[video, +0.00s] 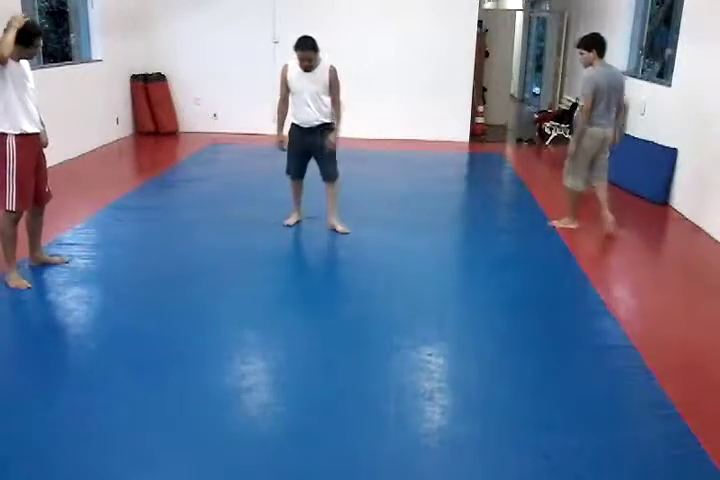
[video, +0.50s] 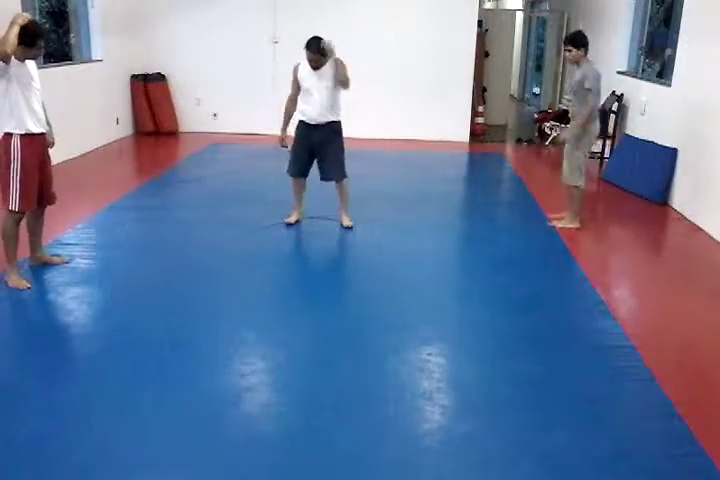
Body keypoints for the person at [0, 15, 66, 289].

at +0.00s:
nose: (29, 58)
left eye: (32, 54)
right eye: (27, 53)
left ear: (30, 48)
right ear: (16, 44)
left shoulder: (23, 63)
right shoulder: (3, 63)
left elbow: (28, 99)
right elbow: (4, 55)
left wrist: (41, 128)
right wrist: (12, 27)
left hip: (32, 135)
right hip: (11, 136)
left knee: (38, 200)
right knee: (12, 208)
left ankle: (37, 253)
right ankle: (10, 268)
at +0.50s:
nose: (35, 58)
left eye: (38, 54)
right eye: (32, 53)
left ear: (38, 48)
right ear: (20, 45)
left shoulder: (29, 61)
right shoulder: (6, 63)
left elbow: (36, 98)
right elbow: (6, 52)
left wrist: (46, 129)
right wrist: (16, 23)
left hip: (36, 135)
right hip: (14, 136)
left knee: (39, 202)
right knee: (15, 208)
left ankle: (37, 252)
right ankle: (11, 268)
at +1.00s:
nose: (37, 57)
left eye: (40, 54)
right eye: (35, 53)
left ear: (38, 48)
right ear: (23, 45)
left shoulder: (33, 63)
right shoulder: (7, 64)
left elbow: (41, 99)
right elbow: (8, 53)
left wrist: (50, 129)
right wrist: (19, 25)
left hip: (40, 135)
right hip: (18, 137)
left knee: (40, 202)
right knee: (18, 207)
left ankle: (37, 253)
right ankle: (11, 268)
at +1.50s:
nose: (37, 58)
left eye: (40, 55)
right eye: (35, 53)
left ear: (39, 48)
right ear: (23, 45)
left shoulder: (33, 63)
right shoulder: (7, 64)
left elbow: (41, 99)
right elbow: (8, 54)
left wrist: (51, 129)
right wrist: (18, 26)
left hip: (40, 136)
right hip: (19, 138)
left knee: (41, 202)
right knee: (18, 207)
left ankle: (38, 252)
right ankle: (11, 268)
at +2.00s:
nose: (37, 56)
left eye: (40, 53)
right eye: (36, 51)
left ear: (38, 47)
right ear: (23, 42)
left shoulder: (31, 63)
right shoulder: (6, 63)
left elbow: (39, 99)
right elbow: (3, 73)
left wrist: (49, 129)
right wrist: (15, 42)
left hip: (39, 137)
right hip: (16, 139)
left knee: (40, 202)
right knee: (16, 208)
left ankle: (37, 252)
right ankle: (11, 268)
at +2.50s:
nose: (47, 46)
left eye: (47, 41)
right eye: (44, 41)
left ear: (29, 42)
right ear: (26, 41)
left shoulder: (32, 64)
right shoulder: (5, 68)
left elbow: (37, 100)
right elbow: (0, 107)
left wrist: (48, 128)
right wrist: (17, 127)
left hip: (39, 140)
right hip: (16, 142)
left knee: (40, 202)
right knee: (17, 209)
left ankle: (37, 252)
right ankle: (11, 268)